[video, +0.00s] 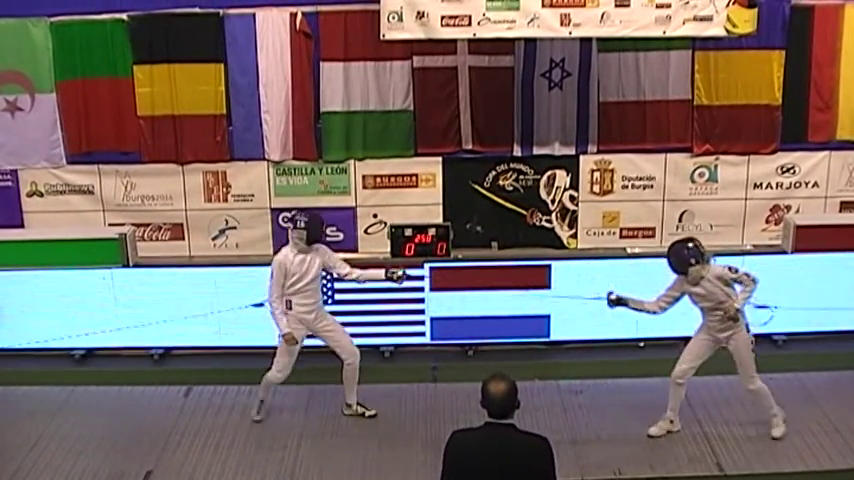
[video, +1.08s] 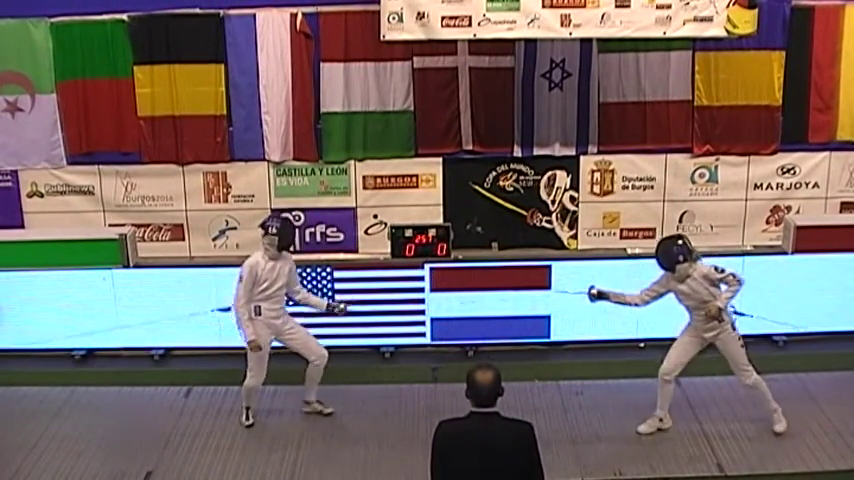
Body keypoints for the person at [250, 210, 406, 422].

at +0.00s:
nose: (295, 234)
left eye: (301, 231)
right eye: (294, 230)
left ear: (311, 235)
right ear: (290, 231)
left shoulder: (321, 253)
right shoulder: (282, 259)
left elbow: (350, 273)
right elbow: (275, 299)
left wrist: (386, 274)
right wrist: (284, 329)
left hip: (319, 317)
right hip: (293, 321)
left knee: (351, 355)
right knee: (278, 374)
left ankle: (351, 404)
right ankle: (261, 401)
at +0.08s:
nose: (311, 237)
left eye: (314, 233)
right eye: (309, 232)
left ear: (319, 233)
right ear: (301, 230)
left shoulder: (325, 251)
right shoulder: (286, 257)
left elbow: (350, 275)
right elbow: (277, 295)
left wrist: (384, 278)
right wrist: (286, 326)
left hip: (321, 314)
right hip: (296, 316)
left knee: (352, 354)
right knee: (288, 368)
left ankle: (351, 404)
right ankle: (283, 404)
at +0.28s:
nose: (303, 239)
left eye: (308, 235)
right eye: (301, 234)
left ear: (318, 240)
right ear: (298, 236)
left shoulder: (324, 259)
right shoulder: (287, 263)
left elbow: (342, 290)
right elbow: (278, 302)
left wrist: (373, 297)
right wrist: (285, 335)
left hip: (322, 319)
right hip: (297, 324)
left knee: (357, 355)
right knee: (291, 375)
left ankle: (351, 404)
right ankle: (274, 406)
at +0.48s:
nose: (287, 245)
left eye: (292, 242)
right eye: (285, 241)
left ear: (302, 246)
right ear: (282, 242)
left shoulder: (307, 264)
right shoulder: (270, 270)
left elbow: (320, 297)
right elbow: (263, 310)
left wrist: (349, 313)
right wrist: (274, 338)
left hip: (306, 326)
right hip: (281, 330)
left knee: (346, 355)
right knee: (266, 383)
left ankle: (351, 405)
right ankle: (248, 406)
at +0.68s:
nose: (271, 238)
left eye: (277, 234)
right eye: (269, 233)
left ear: (286, 239)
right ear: (264, 234)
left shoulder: (288, 262)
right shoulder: (252, 262)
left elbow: (294, 294)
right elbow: (241, 300)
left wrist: (318, 314)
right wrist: (254, 330)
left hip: (282, 319)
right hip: (257, 321)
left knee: (319, 357)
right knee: (255, 375)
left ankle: (328, 404)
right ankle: (247, 408)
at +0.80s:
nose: (266, 247)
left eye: (271, 245)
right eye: (263, 242)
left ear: (281, 246)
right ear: (259, 241)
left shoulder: (282, 264)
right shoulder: (248, 265)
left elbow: (288, 296)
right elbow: (236, 304)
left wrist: (313, 315)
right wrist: (243, 337)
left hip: (277, 321)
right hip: (252, 324)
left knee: (309, 362)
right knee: (253, 378)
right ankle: (247, 408)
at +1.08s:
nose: (268, 239)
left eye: (274, 236)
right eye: (266, 235)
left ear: (283, 240)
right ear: (262, 236)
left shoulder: (287, 262)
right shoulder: (252, 265)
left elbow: (297, 292)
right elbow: (240, 303)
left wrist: (328, 306)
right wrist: (250, 335)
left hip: (282, 320)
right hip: (258, 323)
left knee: (319, 356)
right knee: (255, 378)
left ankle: (310, 402)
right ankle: (247, 409)